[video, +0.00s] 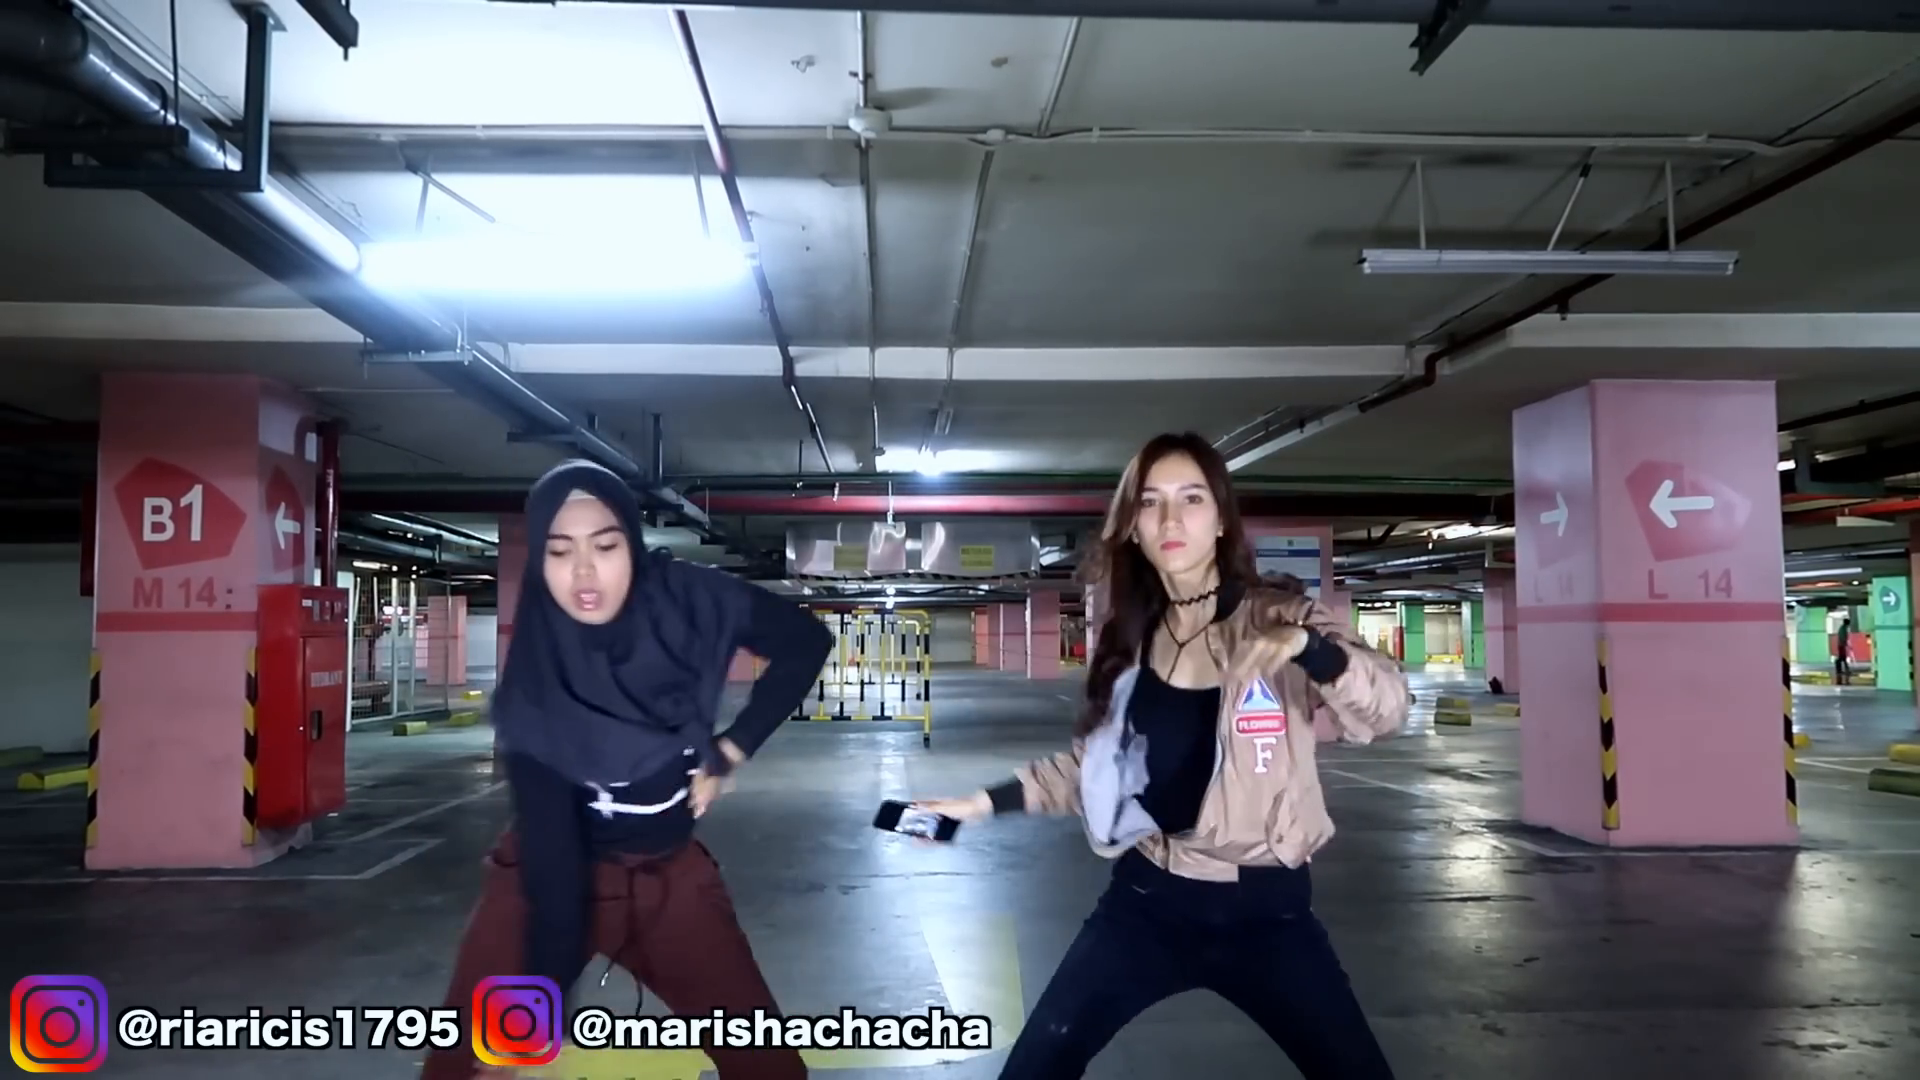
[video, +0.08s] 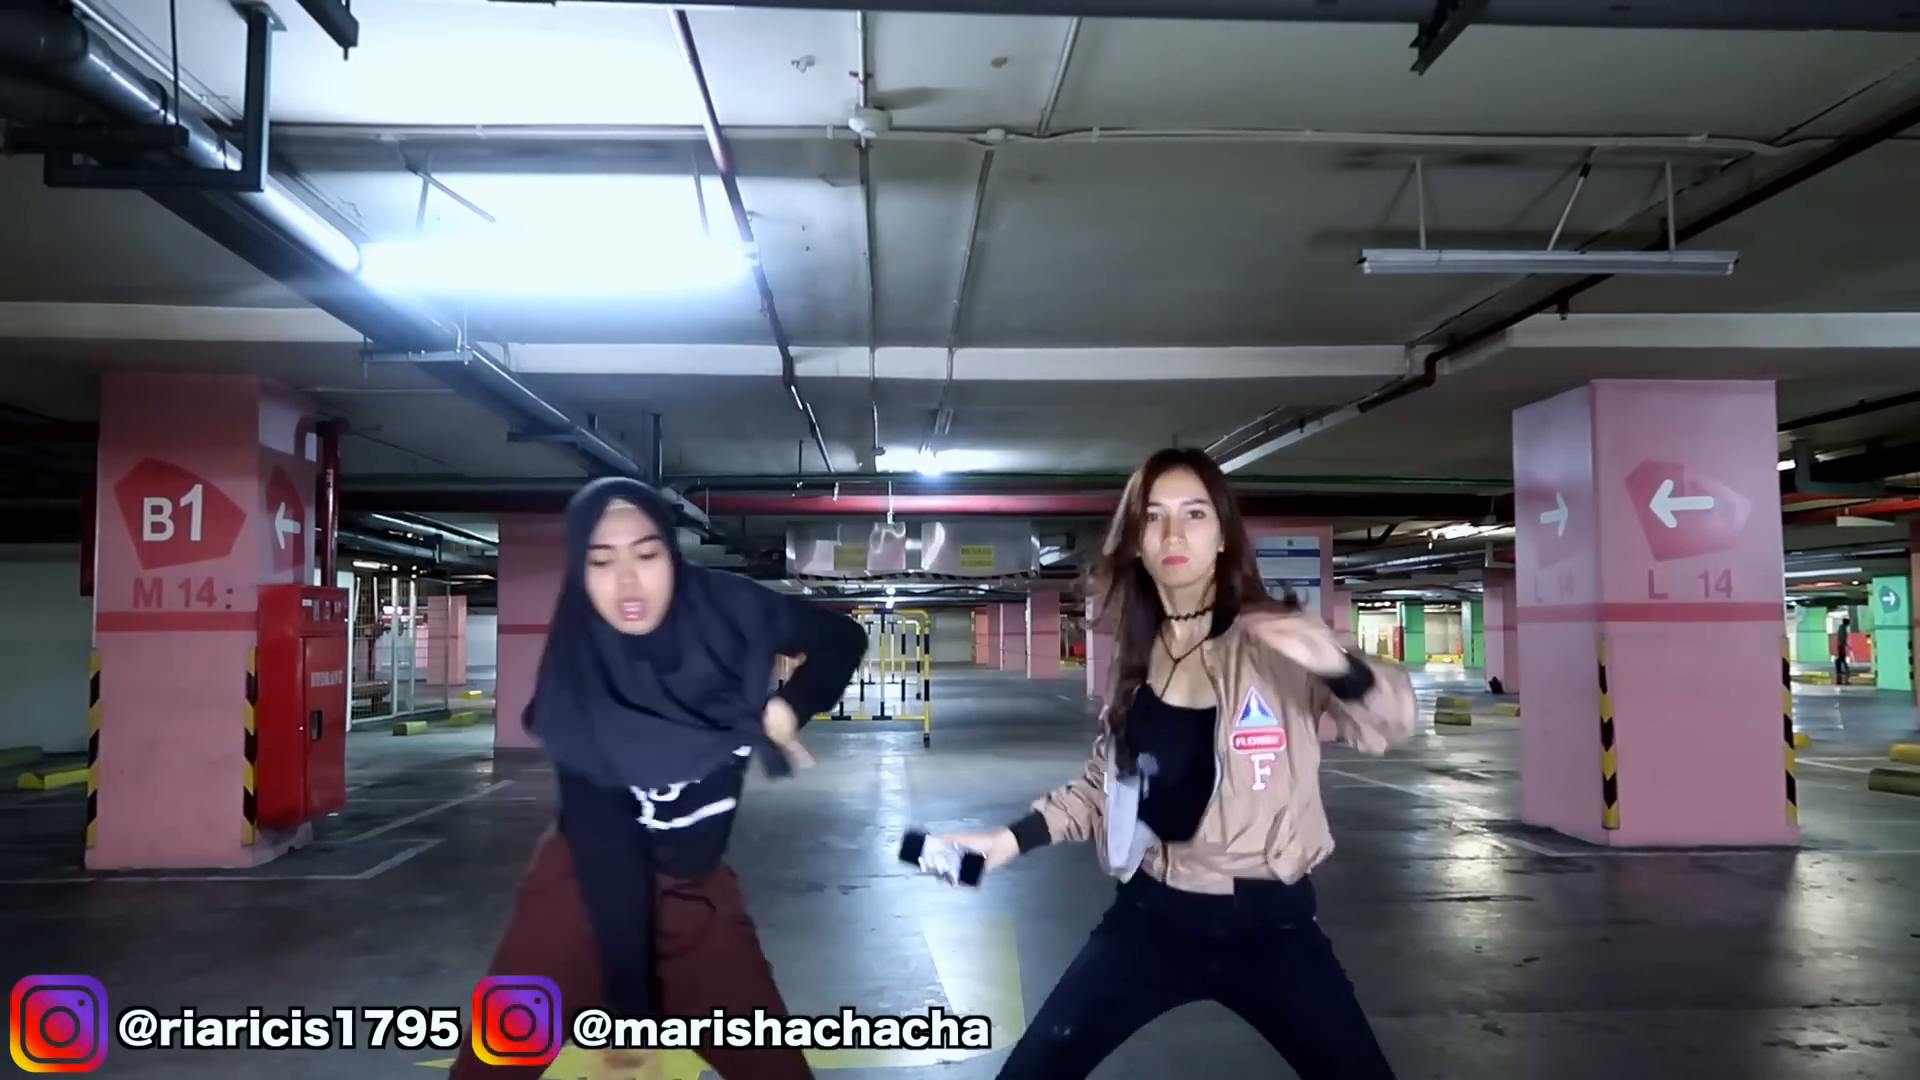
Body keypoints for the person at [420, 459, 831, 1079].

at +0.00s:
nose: (585, 573)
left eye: (606, 546)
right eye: (559, 551)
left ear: (635, 549)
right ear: (537, 561)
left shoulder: (691, 597)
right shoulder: (530, 693)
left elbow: (806, 642)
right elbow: (554, 883)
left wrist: (731, 751)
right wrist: (537, 1027)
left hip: (670, 874)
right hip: (546, 875)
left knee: (769, 1064)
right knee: (457, 1062)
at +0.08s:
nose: (628, 582)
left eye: (646, 555)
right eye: (602, 561)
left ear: (674, 559)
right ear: (579, 574)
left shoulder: (730, 610)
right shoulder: (574, 691)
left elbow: (844, 639)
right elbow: (608, 850)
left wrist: (794, 704)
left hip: (696, 888)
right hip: (584, 876)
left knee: (778, 1066)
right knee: (495, 1058)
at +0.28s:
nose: (735, 553)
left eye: (757, 529)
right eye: (715, 530)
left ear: (786, 533)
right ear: (692, 532)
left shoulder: (806, 649)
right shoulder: (636, 600)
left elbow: (770, 786)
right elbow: (590, 734)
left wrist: (751, 913)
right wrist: (652, 856)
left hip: (699, 823)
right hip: (592, 797)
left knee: (743, 1030)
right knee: (519, 930)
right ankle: (557, 1063)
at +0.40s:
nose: (766, 582)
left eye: (793, 566)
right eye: (752, 556)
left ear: (818, 583)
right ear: (727, 557)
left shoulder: (797, 697)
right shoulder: (657, 600)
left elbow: (720, 847)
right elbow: (554, 663)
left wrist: (653, 994)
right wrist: (625, 770)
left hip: (695, 858)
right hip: (608, 829)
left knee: (759, 1059)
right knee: (560, 808)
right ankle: (607, 977)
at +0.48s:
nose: (775, 581)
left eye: (800, 564)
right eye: (759, 554)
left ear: (820, 579)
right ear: (732, 551)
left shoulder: (808, 700)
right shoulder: (660, 587)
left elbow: (719, 835)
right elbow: (555, 609)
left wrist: (665, 982)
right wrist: (578, 726)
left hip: (675, 846)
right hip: (571, 821)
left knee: (731, 1053)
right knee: (565, 886)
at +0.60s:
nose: (749, 577)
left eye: (772, 559)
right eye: (732, 551)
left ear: (788, 572)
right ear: (698, 551)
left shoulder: (760, 692)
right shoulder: (624, 589)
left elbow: (705, 843)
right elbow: (497, 564)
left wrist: (661, 980)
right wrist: (496, 674)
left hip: (664, 888)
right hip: (552, 883)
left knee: (723, 1067)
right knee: (555, 1069)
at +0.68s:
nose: (721, 567)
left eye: (740, 550)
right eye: (702, 541)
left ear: (752, 565)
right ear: (659, 539)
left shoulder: (706, 671)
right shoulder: (578, 587)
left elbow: (689, 812)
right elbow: (435, 558)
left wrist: (692, 940)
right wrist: (487, 675)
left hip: (635, 897)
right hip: (531, 893)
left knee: (733, 1066)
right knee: (554, 1066)